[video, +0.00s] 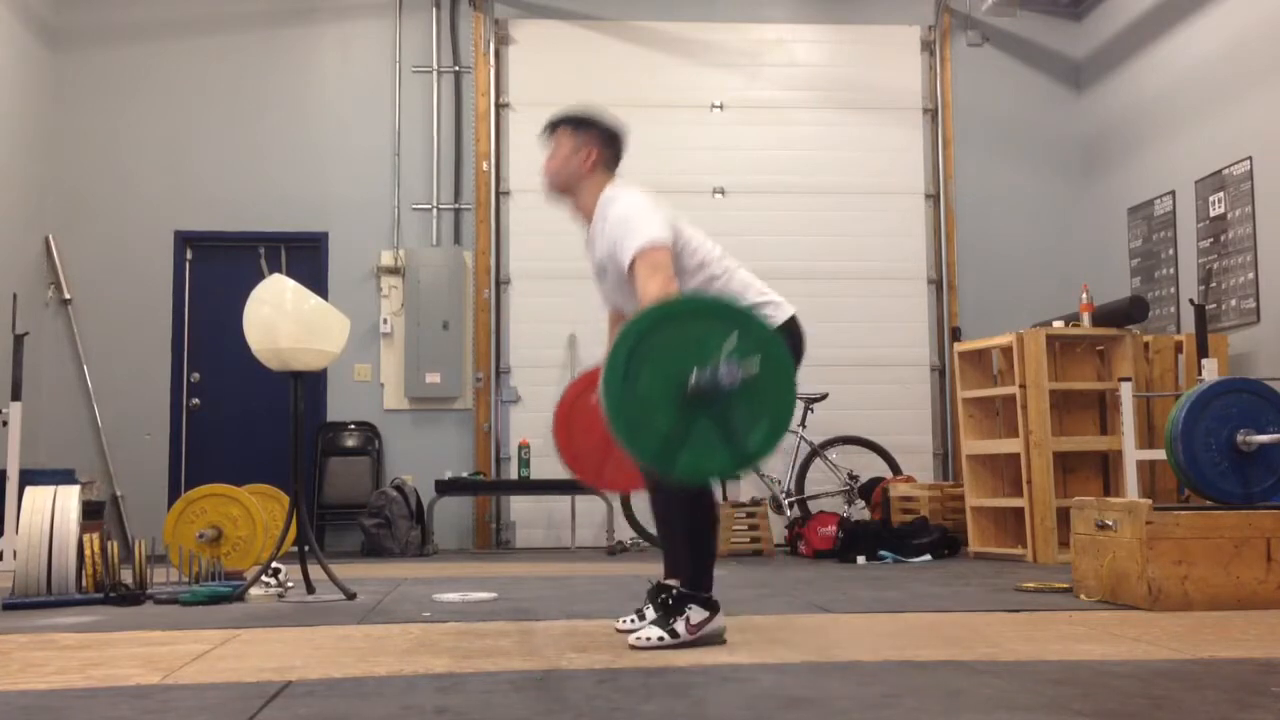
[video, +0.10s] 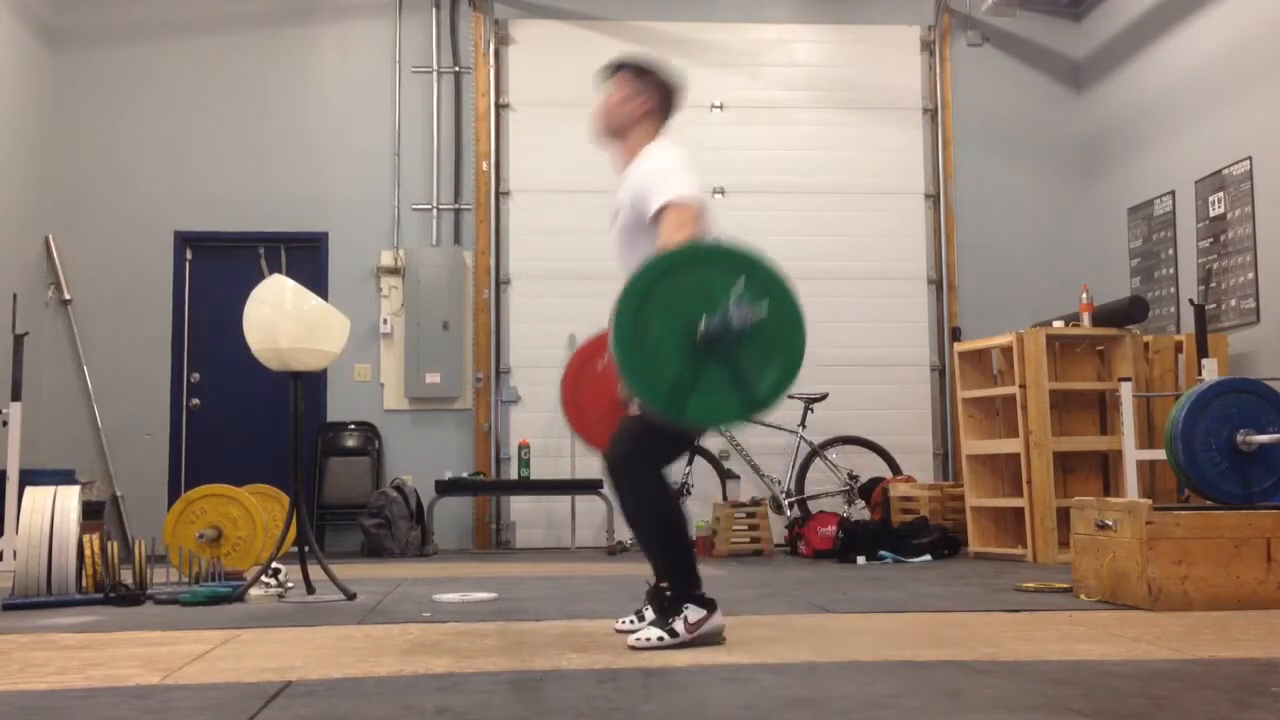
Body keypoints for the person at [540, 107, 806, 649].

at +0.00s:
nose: (546, 159)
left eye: (556, 146)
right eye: (549, 148)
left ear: (590, 154)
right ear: (586, 157)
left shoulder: (627, 209)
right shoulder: (600, 230)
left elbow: (661, 291)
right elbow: (620, 318)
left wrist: (649, 380)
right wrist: (615, 395)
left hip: (761, 333)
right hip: (727, 339)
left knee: (684, 455)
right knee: (660, 452)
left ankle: (697, 604)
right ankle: (676, 592)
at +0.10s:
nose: (602, 101)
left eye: (615, 91)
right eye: (607, 90)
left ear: (644, 103)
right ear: (634, 104)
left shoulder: (662, 163)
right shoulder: (640, 172)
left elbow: (683, 246)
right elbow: (656, 273)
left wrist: (654, 344)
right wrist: (634, 357)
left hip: (693, 357)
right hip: (673, 356)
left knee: (631, 458)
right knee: (629, 459)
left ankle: (690, 604)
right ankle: (670, 596)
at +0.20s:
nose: (681, 63)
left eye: (694, 52)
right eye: (685, 52)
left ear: (724, 63)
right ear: (708, 64)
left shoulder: (725, 124)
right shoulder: (697, 128)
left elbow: (722, 202)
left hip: (692, 316)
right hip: (668, 312)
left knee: (638, 436)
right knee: (639, 440)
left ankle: (686, 594)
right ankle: (665, 587)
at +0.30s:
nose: (755, 49)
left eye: (769, 40)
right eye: (759, 38)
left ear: (798, 55)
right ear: (782, 51)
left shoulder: (787, 110)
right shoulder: (754, 112)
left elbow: (719, 184)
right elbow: (694, 193)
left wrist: (647, 257)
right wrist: (645, 257)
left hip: (710, 285)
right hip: (686, 282)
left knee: (676, 423)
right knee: (663, 423)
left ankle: (695, 583)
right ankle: (684, 572)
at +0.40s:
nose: (779, 87)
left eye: (789, 79)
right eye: (783, 79)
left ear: (815, 91)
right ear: (816, 93)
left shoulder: (817, 142)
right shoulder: (774, 139)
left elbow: (795, 142)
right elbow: (714, 182)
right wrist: (651, 218)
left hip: (719, 320)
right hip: (694, 310)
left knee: (667, 458)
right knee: (646, 454)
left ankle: (760, 596)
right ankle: (723, 584)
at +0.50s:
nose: (720, 172)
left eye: (735, 161)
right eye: (721, 161)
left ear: (767, 166)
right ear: (728, 173)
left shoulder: (782, 232)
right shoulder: (736, 232)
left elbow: (792, 195)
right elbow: (710, 233)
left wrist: (741, 136)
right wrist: (663, 208)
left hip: (758, 429)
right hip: (721, 423)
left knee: (671, 499)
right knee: (632, 499)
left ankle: (773, 610)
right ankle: (725, 594)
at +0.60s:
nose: (656, 263)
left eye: (668, 250)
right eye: (659, 250)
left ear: (701, 258)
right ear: (688, 262)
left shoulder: (728, 312)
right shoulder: (698, 323)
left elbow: (737, 242)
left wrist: (733, 165)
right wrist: (678, 216)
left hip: (788, 503)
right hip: (738, 496)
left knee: (693, 491)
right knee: (641, 496)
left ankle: (773, 609)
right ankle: (726, 592)